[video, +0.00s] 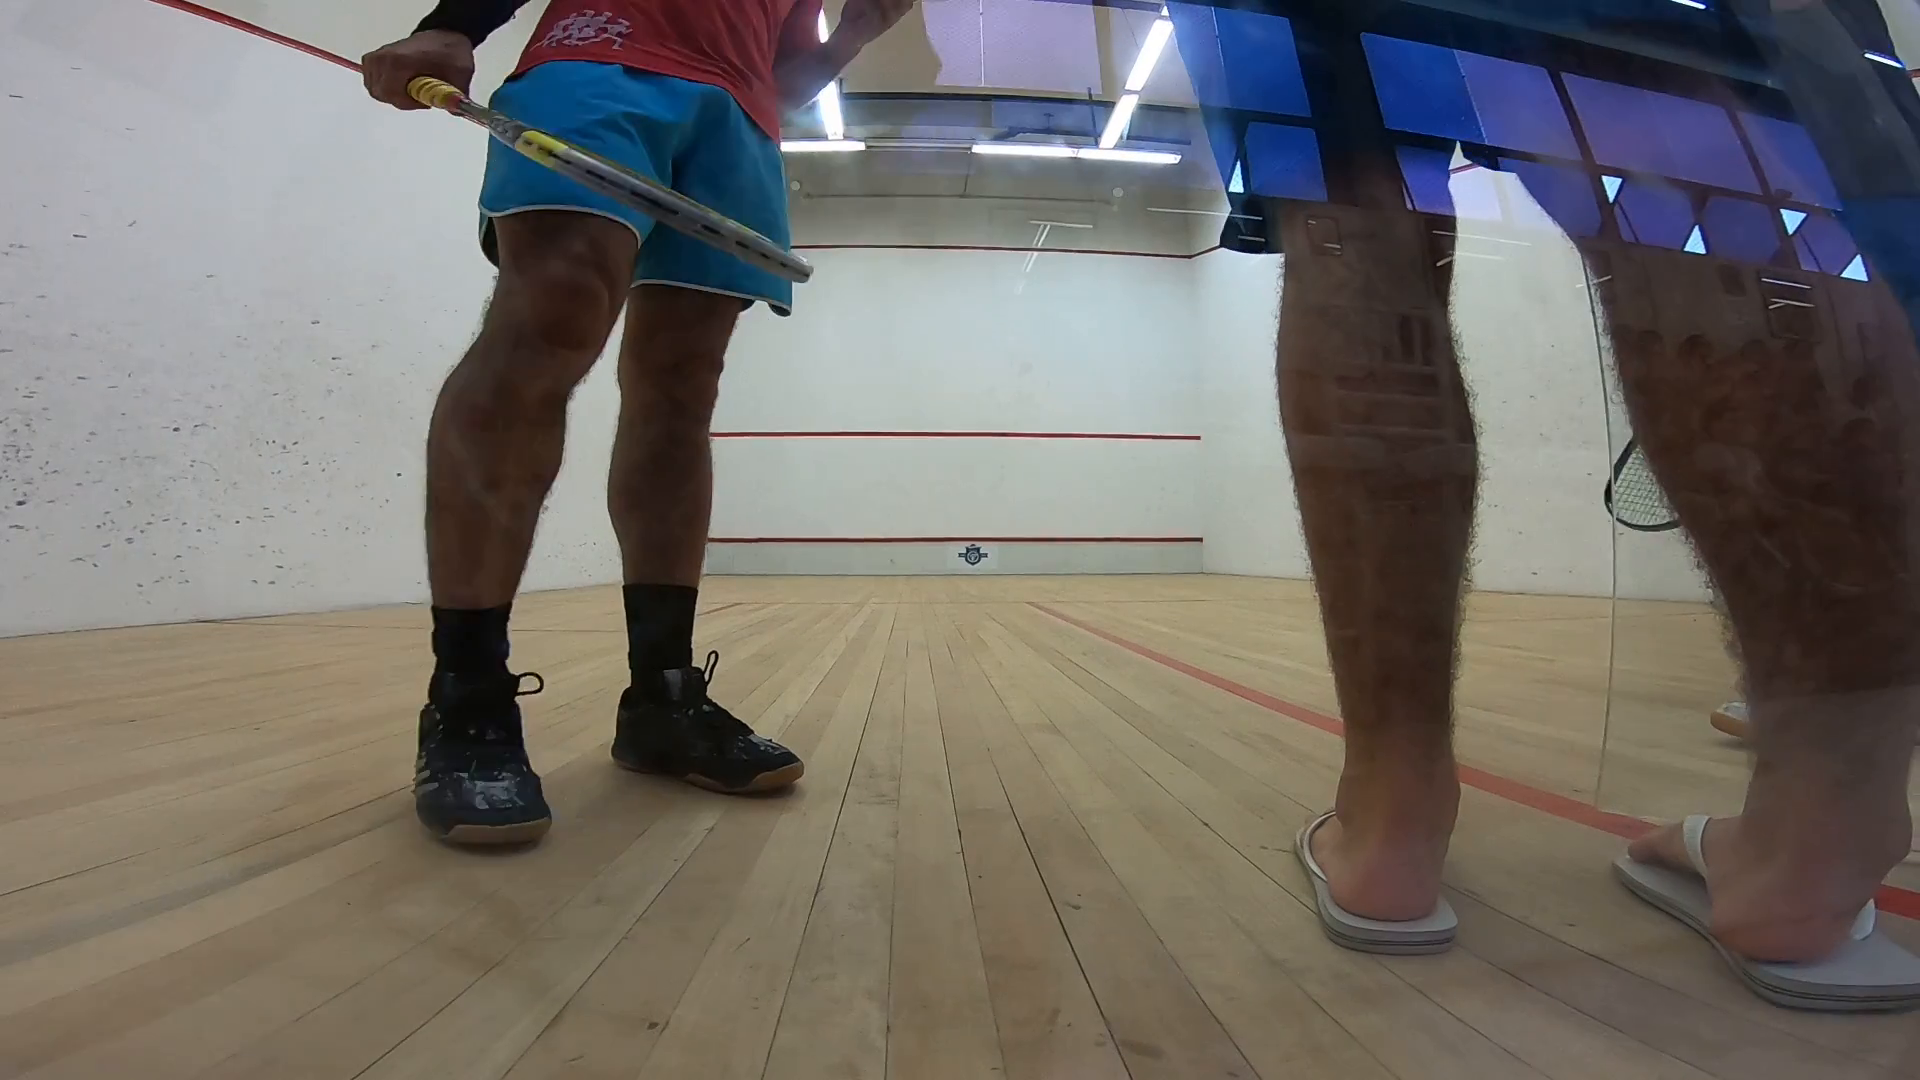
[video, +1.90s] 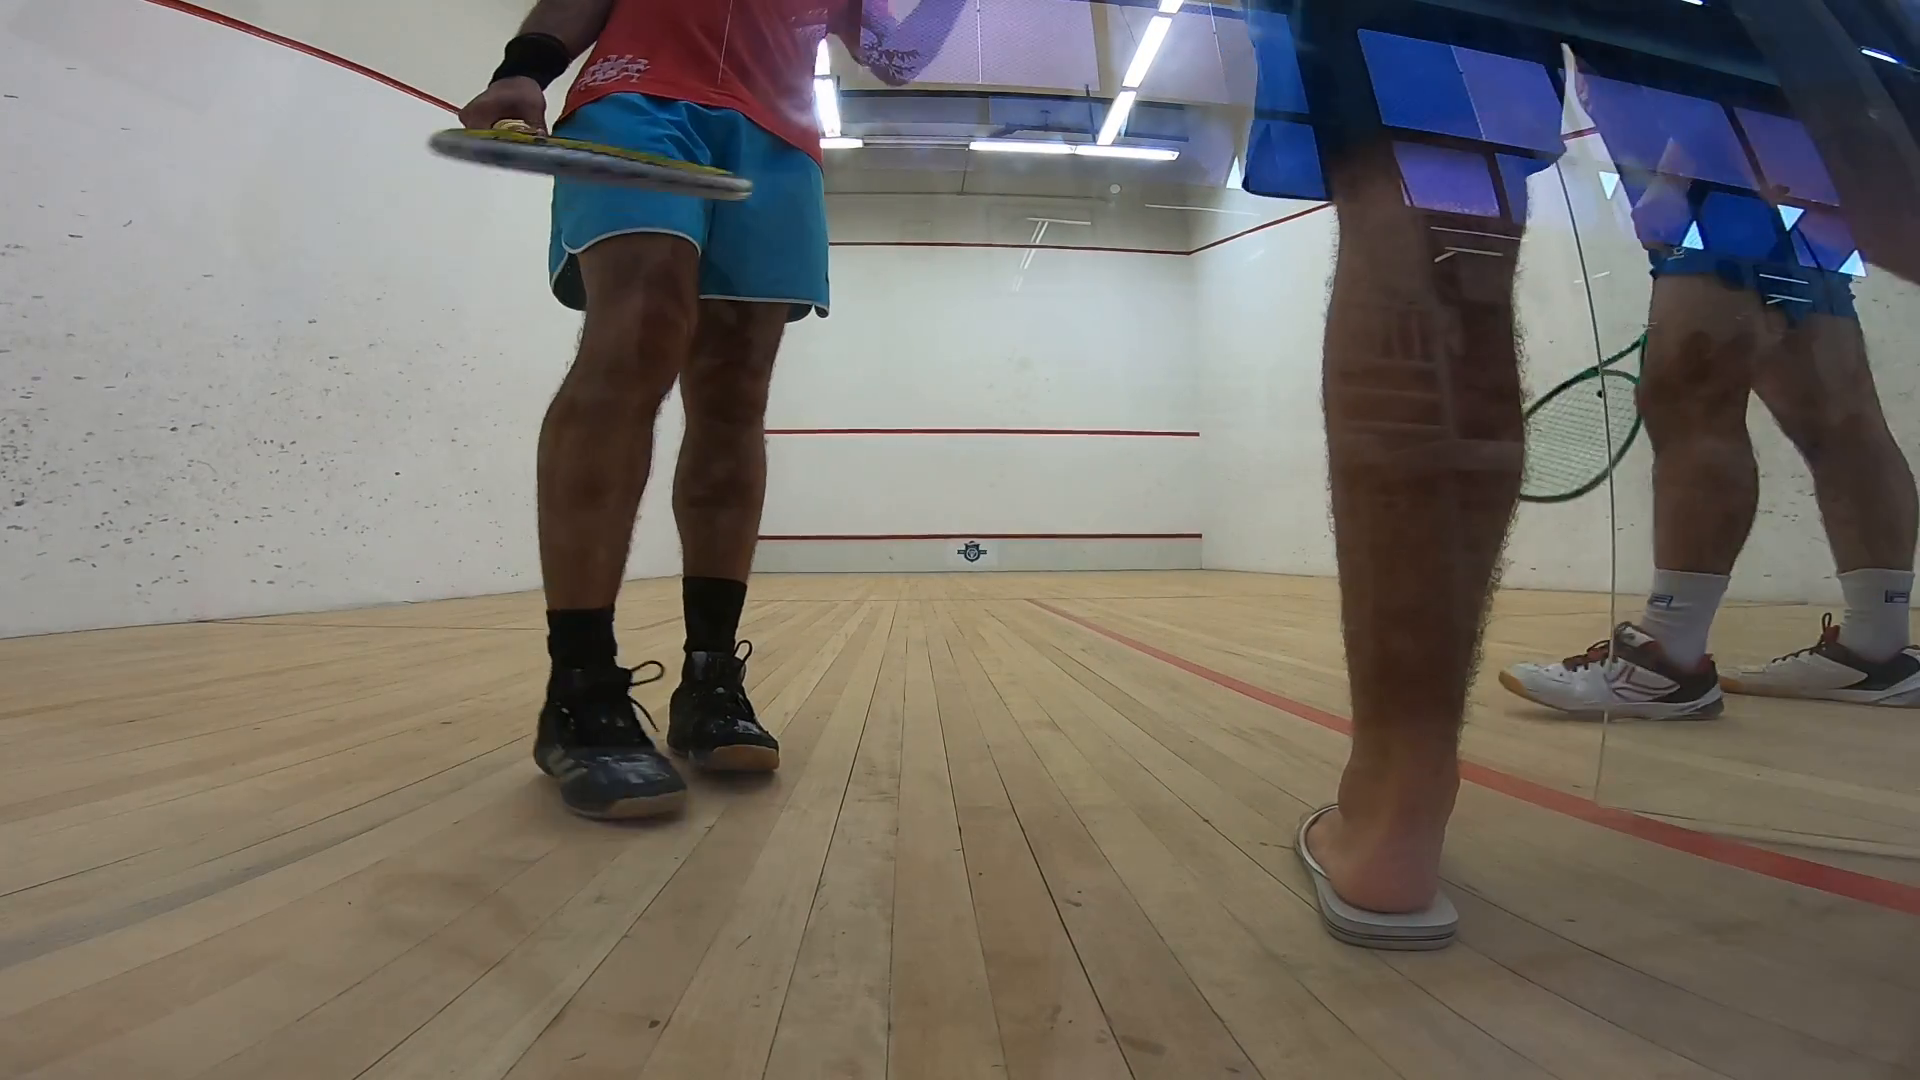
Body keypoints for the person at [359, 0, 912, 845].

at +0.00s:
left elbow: (776, 84)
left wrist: (853, 32)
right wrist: (455, 22)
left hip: (744, 83)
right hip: (604, 33)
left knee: (682, 378)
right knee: (552, 312)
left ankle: (663, 696)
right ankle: (469, 715)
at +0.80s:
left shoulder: (719, 4)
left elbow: (701, 92)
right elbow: (414, 11)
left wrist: (765, 87)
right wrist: (400, 35)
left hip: (659, 135)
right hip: (514, 111)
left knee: (645, 393)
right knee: (468, 395)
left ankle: (662, 692)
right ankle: (469, 684)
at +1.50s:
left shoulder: (775, 5)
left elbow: (779, 91)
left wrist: (846, 46)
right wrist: (432, 90)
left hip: (736, 131)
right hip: (592, 110)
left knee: (708, 396)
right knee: (534, 392)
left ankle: (705, 684)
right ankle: (474, 675)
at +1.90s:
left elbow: (893, 47)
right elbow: (588, 1)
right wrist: (525, 66)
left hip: (779, 116)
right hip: (642, 68)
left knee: (736, 384)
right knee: (640, 329)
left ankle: (713, 681)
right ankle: (584, 698)